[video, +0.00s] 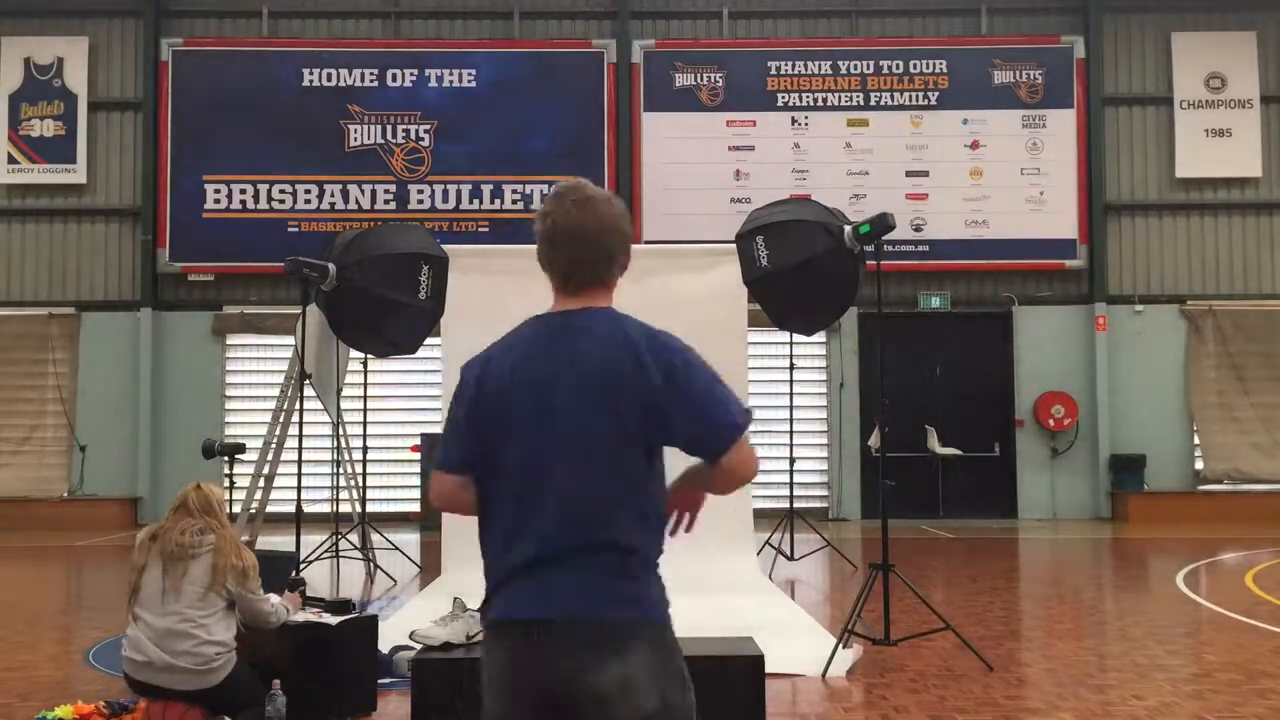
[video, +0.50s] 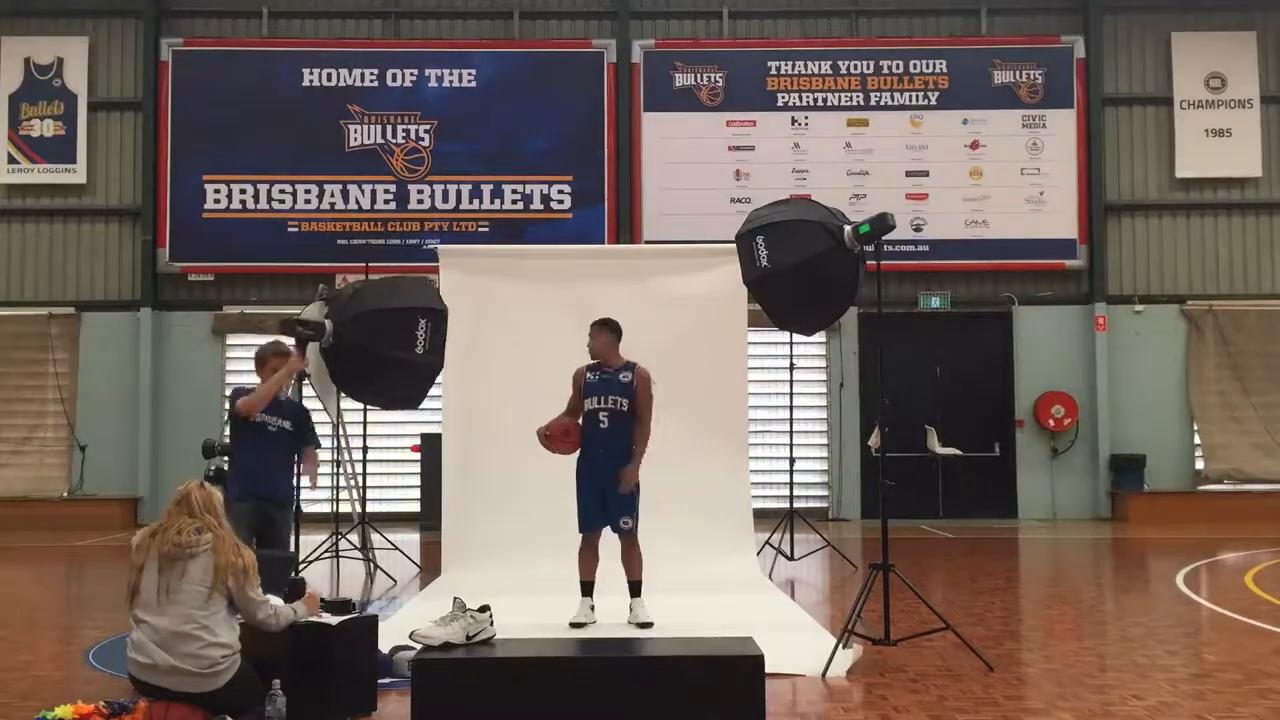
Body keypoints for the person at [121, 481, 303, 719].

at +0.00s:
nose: (227, 513)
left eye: (224, 507)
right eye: (224, 508)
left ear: (177, 509)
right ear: (218, 512)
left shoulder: (146, 540)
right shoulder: (233, 554)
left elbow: (138, 600)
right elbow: (260, 616)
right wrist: (287, 605)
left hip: (140, 677)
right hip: (205, 681)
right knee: (255, 702)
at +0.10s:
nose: (228, 515)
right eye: (225, 509)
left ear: (179, 509)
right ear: (220, 512)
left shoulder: (147, 540)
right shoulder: (233, 555)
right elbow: (260, 616)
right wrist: (287, 605)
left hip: (140, 677)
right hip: (204, 681)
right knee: (254, 702)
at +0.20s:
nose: (230, 520)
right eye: (228, 514)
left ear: (183, 511)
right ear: (222, 517)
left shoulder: (149, 538)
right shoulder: (234, 556)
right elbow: (264, 615)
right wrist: (288, 604)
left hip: (140, 676)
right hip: (205, 680)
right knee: (255, 705)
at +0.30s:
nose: (229, 523)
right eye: (227, 517)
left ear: (180, 513)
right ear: (221, 518)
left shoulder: (146, 539)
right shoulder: (231, 554)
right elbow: (264, 615)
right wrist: (288, 607)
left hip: (140, 677)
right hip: (204, 679)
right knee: (256, 702)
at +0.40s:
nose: (224, 515)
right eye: (222, 510)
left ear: (173, 507)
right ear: (215, 512)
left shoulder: (142, 541)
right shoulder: (229, 553)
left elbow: (136, 602)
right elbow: (261, 618)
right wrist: (301, 607)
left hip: (141, 677)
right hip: (205, 680)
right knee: (255, 703)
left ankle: (155, 706)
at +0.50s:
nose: (224, 515)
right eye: (221, 510)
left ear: (173, 509)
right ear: (215, 513)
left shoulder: (144, 543)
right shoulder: (230, 552)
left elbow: (135, 606)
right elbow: (266, 617)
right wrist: (302, 607)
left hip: (145, 679)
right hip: (208, 683)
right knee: (255, 703)